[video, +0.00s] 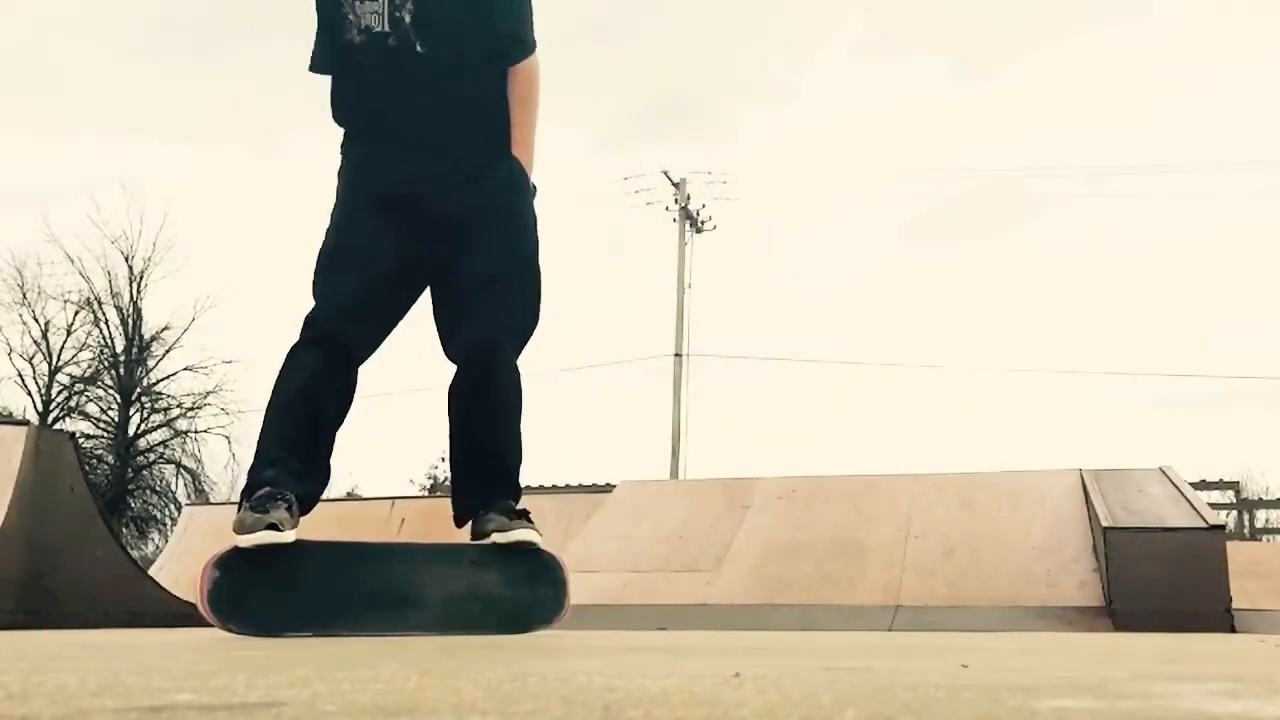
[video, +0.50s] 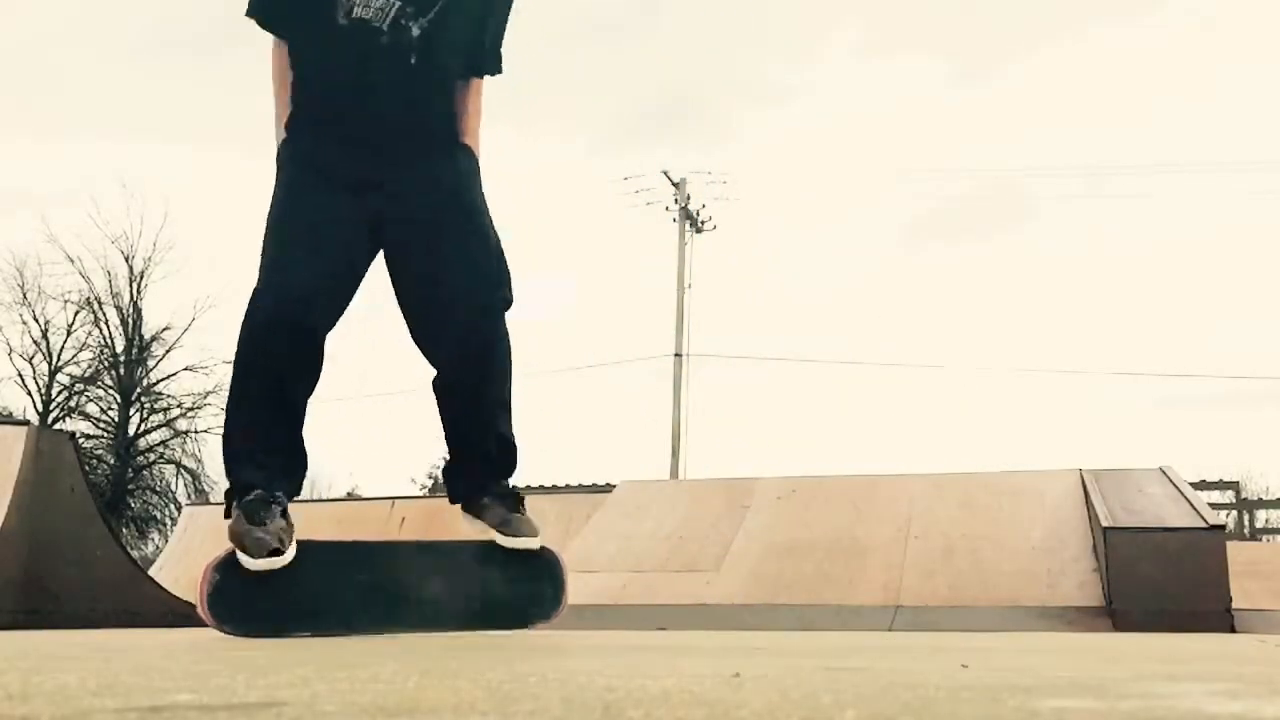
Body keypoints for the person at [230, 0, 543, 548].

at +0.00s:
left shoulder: (503, 6)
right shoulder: (338, 6)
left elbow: (521, 57)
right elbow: (345, 82)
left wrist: (519, 168)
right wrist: (360, 169)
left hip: (483, 177)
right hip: (378, 178)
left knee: (490, 350)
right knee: (331, 334)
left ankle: (494, 507)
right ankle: (273, 493)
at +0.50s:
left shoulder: (480, 6)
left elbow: (469, 75)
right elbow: (287, 51)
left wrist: (466, 175)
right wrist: (292, 154)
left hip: (432, 156)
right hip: (324, 153)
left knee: (473, 314)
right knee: (286, 316)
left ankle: (484, 481)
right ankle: (259, 492)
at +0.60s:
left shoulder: (472, 6)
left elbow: (468, 23)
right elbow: (286, 9)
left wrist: (452, 110)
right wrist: (288, 93)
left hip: (414, 109)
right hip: (325, 106)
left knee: (498, 211)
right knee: (315, 258)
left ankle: (474, 380)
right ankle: (279, 430)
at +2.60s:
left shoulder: (586, 7)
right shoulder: (723, 7)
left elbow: (550, 102)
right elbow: (707, 98)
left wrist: (541, 182)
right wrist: (704, 205)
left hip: (556, 194)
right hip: (651, 199)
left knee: (538, 370)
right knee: (650, 386)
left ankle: (515, 518)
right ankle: (645, 544)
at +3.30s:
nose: (626, 28)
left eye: (622, 19)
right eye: (622, 22)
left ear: (635, 3)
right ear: (675, 1)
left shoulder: (658, 23)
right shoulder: (739, 49)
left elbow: (670, 119)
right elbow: (768, 160)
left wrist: (664, 220)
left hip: (705, 232)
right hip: (768, 230)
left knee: (695, 397)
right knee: (768, 389)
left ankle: (750, 549)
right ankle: (838, 547)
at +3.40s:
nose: (626, 54)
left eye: (621, 43)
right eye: (621, 47)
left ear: (633, 16)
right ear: (671, 7)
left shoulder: (660, 34)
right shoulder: (735, 57)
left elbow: (679, 129)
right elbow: (758, 160)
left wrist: (678, 233)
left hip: (718, 244)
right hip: (766, 241)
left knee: (707, 400)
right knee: (747, 397)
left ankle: (781, 552)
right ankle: (800, 545)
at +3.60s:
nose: (619, 82)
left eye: (613, 70)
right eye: (612, 75)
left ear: (629, 46)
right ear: (654, 36)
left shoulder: (663, 56)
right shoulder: (723, 78)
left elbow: (680, 148)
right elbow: (748, 182)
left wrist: (677, 247)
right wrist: (717, 250)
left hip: (706, 265)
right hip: (733, 262)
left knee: (718, 414)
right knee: (688, 416)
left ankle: (777, 563)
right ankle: (693, 560)